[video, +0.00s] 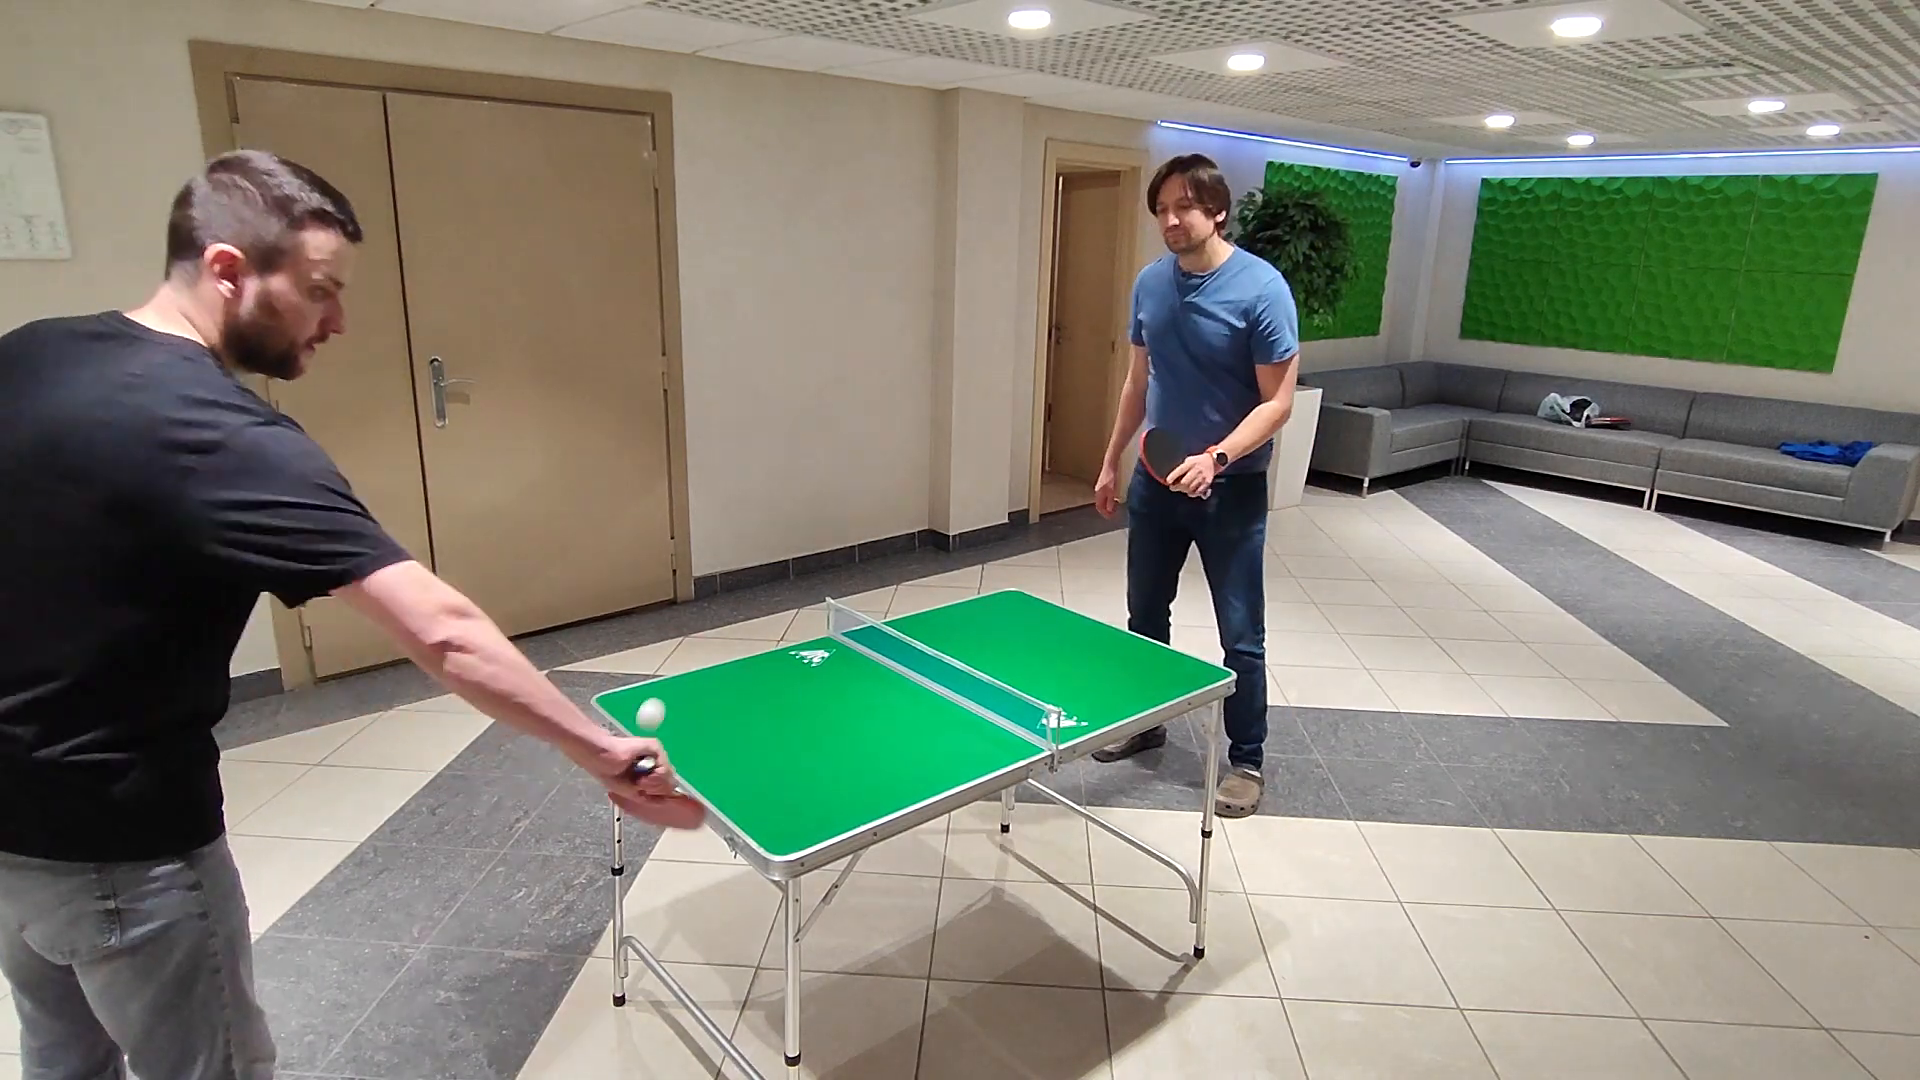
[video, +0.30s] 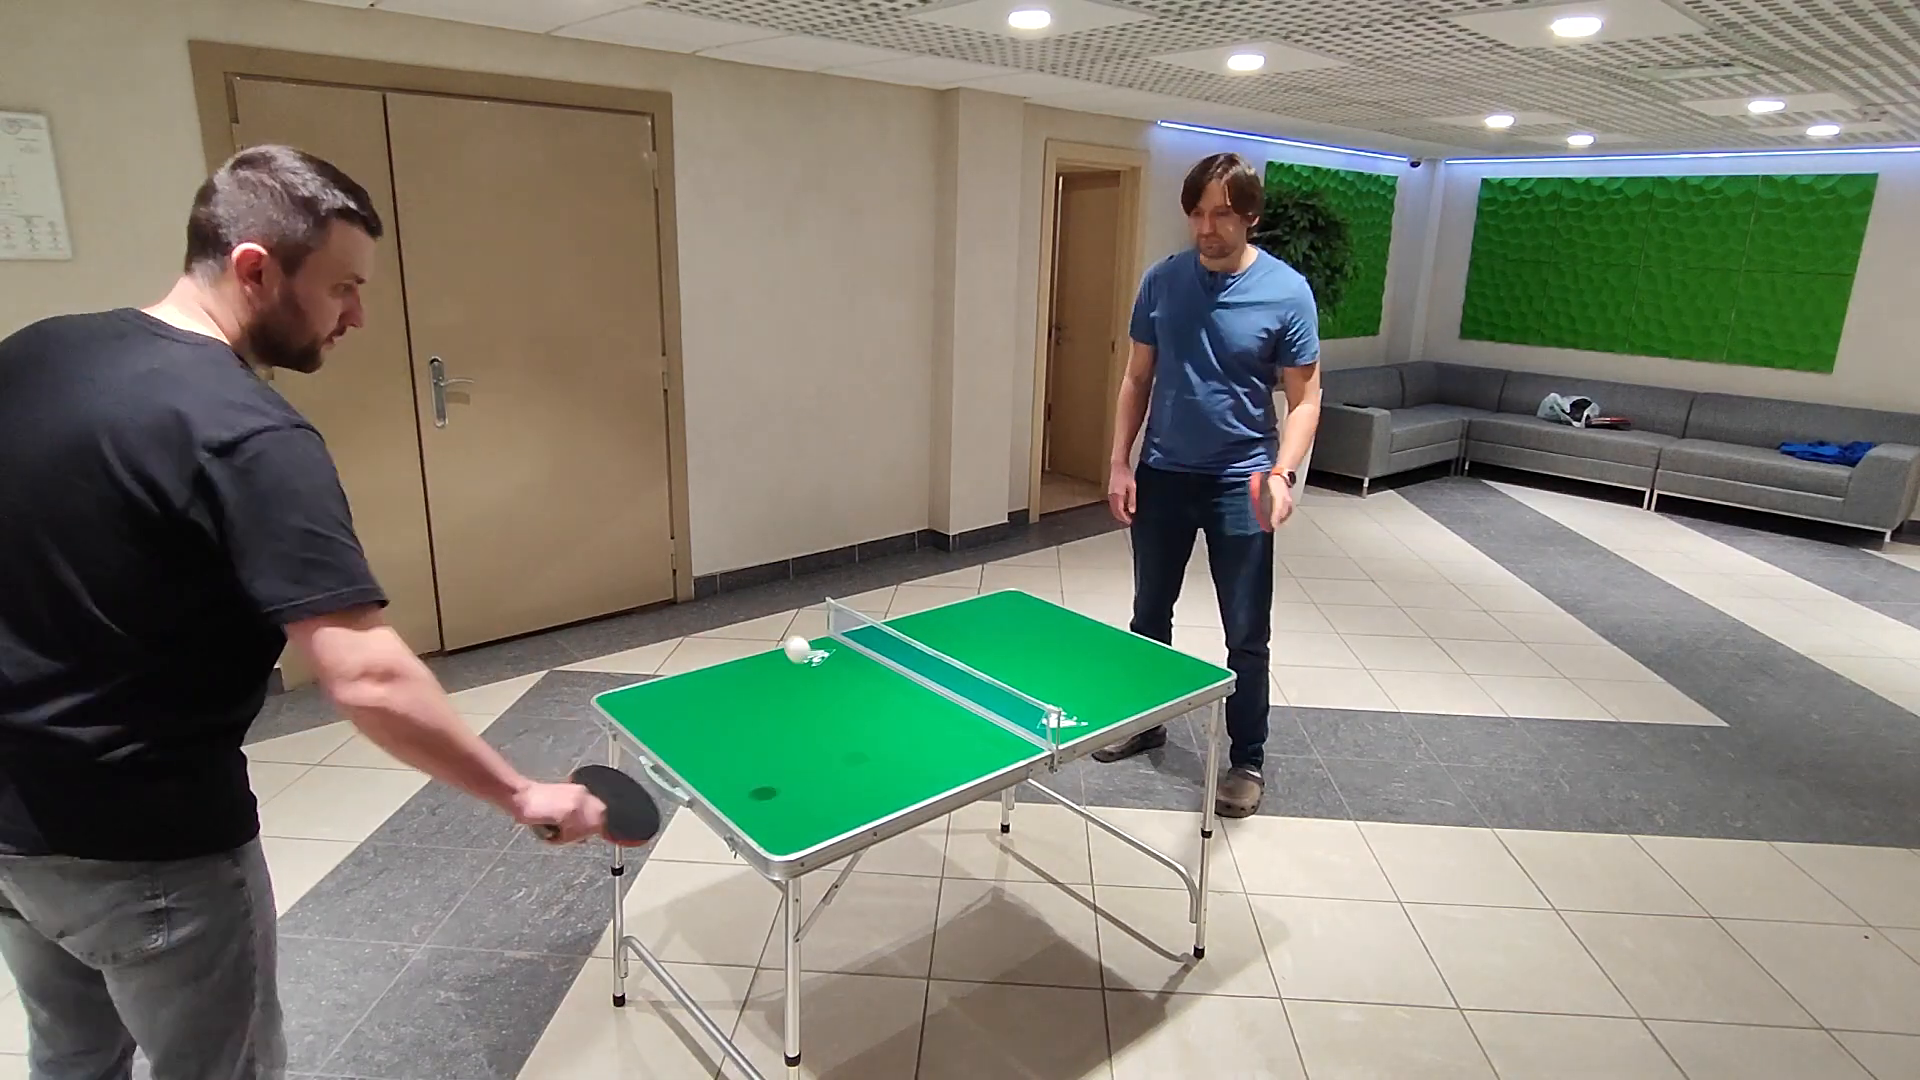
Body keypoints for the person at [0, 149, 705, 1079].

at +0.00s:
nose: (337, 322)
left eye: (339, 294)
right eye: (321, 288)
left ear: (222, 270)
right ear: (226, 271)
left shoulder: (26, 356)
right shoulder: (226, 433)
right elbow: (443, 633)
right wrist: (610, 752)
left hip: (9, 844)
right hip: (129, 864)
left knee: (60, 1067)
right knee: (216, 1067)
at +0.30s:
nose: (355, 316)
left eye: (358, 290)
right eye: (343, 286)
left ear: (248, 265)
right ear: (254, 268)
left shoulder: (31, 355)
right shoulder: (252, 432)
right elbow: (366, 679)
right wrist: (519, 794)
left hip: (17, 825)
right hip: (154, 851)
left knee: (72, 1060)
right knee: (222, 1064)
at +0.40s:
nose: (330, 293)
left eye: (330, 265)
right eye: (313, 263)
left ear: (213, 249)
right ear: (218, 251)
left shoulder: (25, 354)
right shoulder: (219, 423)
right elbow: (280, 693)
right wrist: (433, 812)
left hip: (25, 823)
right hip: (169, 853)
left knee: (91, 1056)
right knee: (231, 1066)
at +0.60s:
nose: (274, 276)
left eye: (271, 247)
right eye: (252, 247)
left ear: (148, 244)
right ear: (150, 241)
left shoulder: (33, 359)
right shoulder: (142, 422)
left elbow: (163, 578)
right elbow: (155, 692)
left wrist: (273, 696)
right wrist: (310, 824)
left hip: (55, 815)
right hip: (174, 839)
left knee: (92, 1047)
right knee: (334, 1021)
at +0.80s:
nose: (333, 287)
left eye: (331, 258)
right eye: (313, 259)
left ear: (213, 256)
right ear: (216, 254)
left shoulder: (165, 366)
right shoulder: (177, 426)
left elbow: (266, 561)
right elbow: (174, 692)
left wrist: (402, 656)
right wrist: (352, 795)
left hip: (121, 795)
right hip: (201, 820)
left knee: (115, 1038)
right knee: (389, 1011)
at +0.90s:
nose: (408, 311)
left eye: (407, 284)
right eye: (392, 286)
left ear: (299, 279)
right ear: (304, 279)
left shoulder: (248, 381)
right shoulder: (252, 444)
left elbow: (359, 546)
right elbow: (217, 706)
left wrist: (500, 631)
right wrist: (398, 800)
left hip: (154, 797)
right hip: (238, 822)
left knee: (131, 1046)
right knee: (426, 1026)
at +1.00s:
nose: (510, 347)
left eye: (510, 324)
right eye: (497, 324)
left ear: (415, 316)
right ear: (419, 316)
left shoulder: (335, 400)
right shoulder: (350, 471)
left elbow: (465, 543)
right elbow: (279, 724)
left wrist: (611, 615)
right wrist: (447, 825)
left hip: (205, 793)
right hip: (291, 822)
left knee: (171, 1042)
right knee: (476, 1017)